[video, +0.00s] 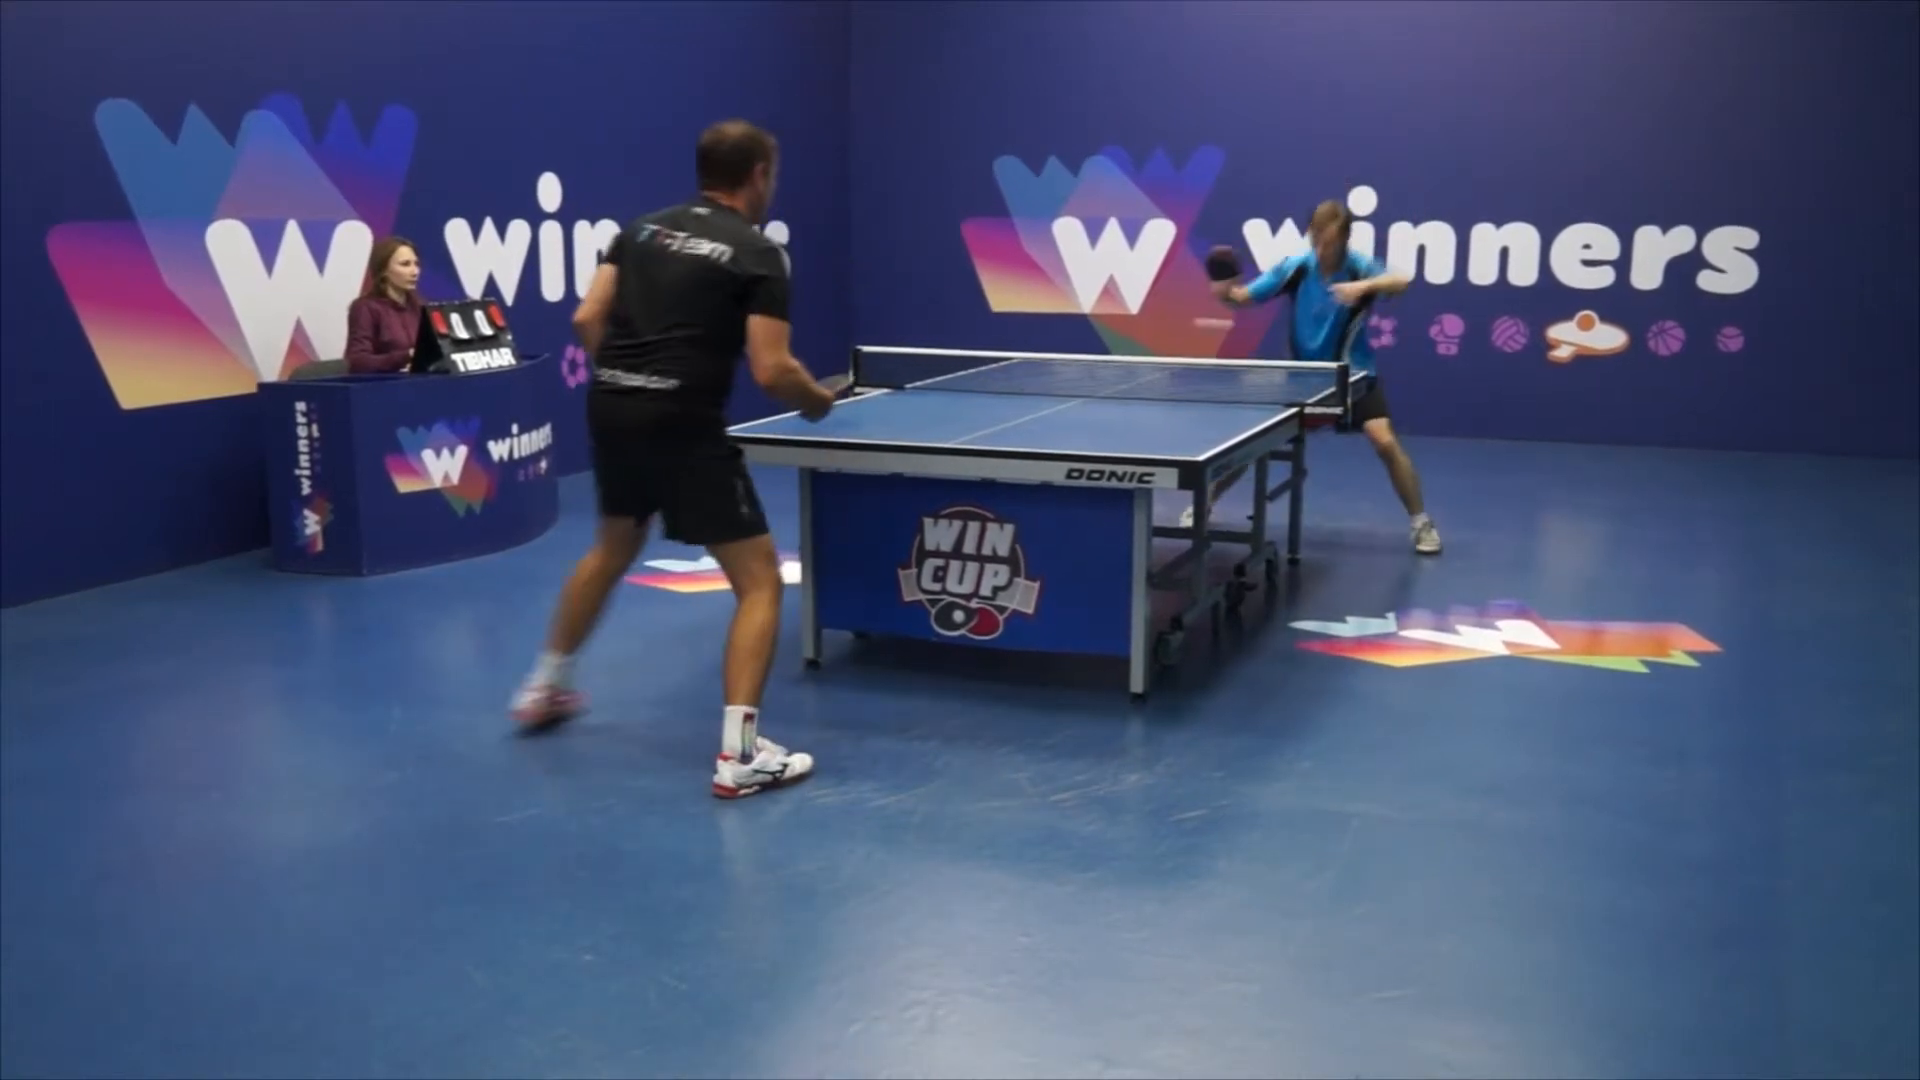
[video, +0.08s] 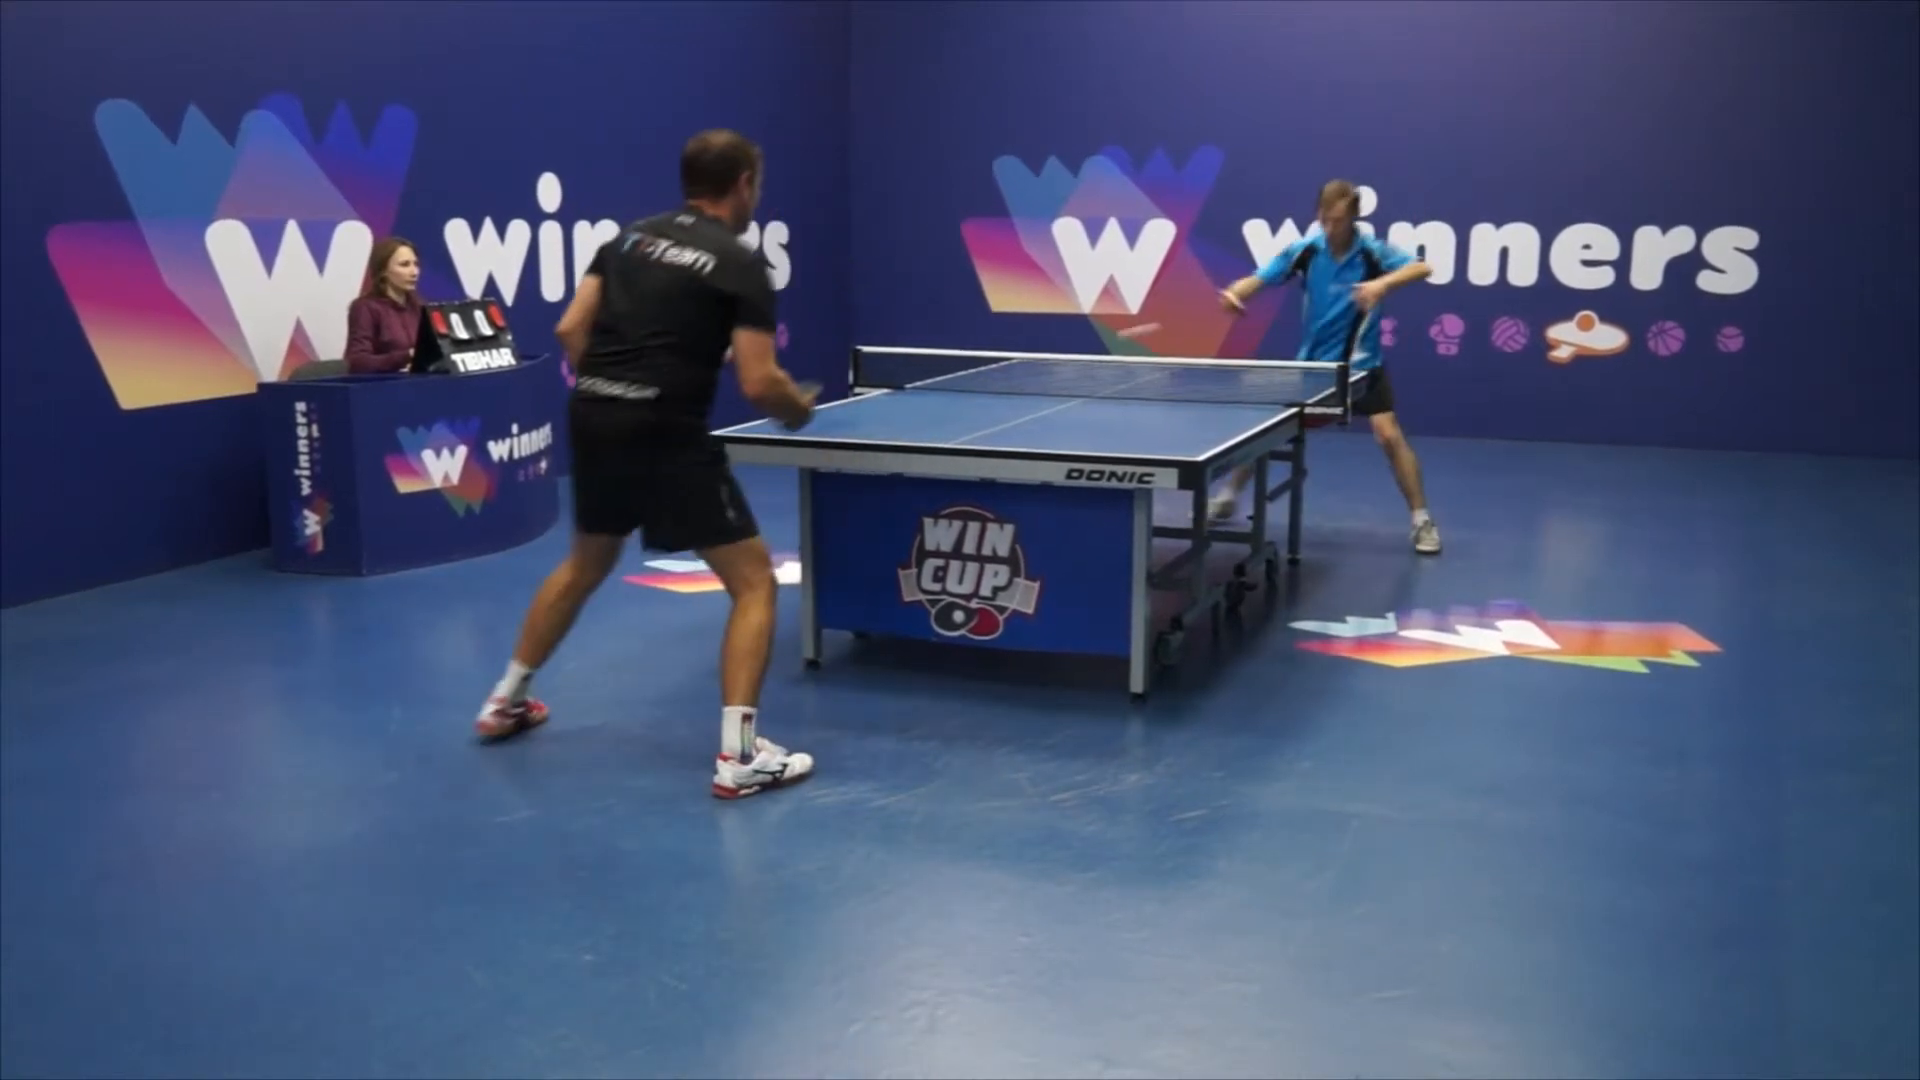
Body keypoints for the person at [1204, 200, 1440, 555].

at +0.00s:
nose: (1323, 248)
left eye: (1330, 241)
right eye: (1318, 239)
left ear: (1345, 238)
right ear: (1311, 235)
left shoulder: (1359, 267)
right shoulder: (1296, 268)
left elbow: (1400, 281)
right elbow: (1249, 296)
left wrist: (1361, 287)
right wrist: (1227, 291)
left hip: (1352, 375)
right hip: (1301, 375)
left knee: (1384, 440)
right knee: (1250, 434)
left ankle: (1420, 522)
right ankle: (1205, 503)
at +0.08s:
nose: (1330, 227)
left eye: (1337, 220)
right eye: (1326, 219)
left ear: (1354, 219)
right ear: (1320, 216)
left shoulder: (1372, 250)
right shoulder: (1307, 250)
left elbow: (1419, 268)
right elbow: (1262, 276)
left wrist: (1381, 284)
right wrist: (1234, 293)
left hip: (1362, 366)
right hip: (1311, 365)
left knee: (1389, 435)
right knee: (1263, 426)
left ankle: (1421, 519)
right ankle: (1228, 495)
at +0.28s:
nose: (1341, 227)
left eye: (1349, 220)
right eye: (1336, 219)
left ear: (1365, 221)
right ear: (1330, 218)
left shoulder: (1387, 261)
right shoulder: (1319, 261)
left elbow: (1427, 297)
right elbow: (1296, 306)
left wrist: (1404, 313)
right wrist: (1277, 314)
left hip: (1375, 372)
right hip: (1328, 371)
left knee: (1393, 441)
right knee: (1286, 420)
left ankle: (1431, 519)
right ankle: (1284, 491)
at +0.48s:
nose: (1342, 217)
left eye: (1350, 209)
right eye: (1337, 209)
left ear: (1369, 209)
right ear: (1332, 211)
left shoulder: (1394, 246)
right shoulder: (1331, 255)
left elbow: (1436, 284)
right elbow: (1304, 299)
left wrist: (1401, 312)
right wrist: (1275, 300)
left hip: (1406, 358)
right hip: (1361, 363)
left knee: (1419, 429)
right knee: (1319, 419)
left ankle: (1451, 510)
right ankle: (1295, 490)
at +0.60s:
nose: (1351, 225)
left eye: (1359, 219)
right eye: (1348, 218)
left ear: (1377, 221)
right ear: (1343, 219)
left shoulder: (1402, 255)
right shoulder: (1348, 262)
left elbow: (1441, 300)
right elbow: (1341, 311)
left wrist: (1404, 335)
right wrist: (1315, 327)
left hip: (1422, 362)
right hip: (1382, 364)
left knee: (1438, 436)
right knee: (1340, 426)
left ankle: (1493, 510)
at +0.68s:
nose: (1364, 239)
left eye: (1372, 231)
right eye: (1360, 231)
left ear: (1390, 232)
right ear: (1355, 233)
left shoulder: (1414, 269)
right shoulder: (1367, 275)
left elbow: (1438, 321)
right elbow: (1373, 323)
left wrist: (1388, 346)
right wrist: (1346, 348)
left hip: (1433, 378)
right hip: (1391, 377)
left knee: (1457, 451)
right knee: (1352, 435)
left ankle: (1523, 514)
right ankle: (1350, 493)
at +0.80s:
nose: (1385, 247)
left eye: (1392, 240)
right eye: (1381, 240)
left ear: (1410, 240)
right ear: (1378, 240)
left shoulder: (1419, 271)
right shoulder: (1403, 271)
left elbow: (1398, 332)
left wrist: (1378, 327)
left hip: (1472, 375)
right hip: (1440, 378)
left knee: (1472, 460)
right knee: (1389, 434)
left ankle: (1546, 513)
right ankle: (1386, 496)